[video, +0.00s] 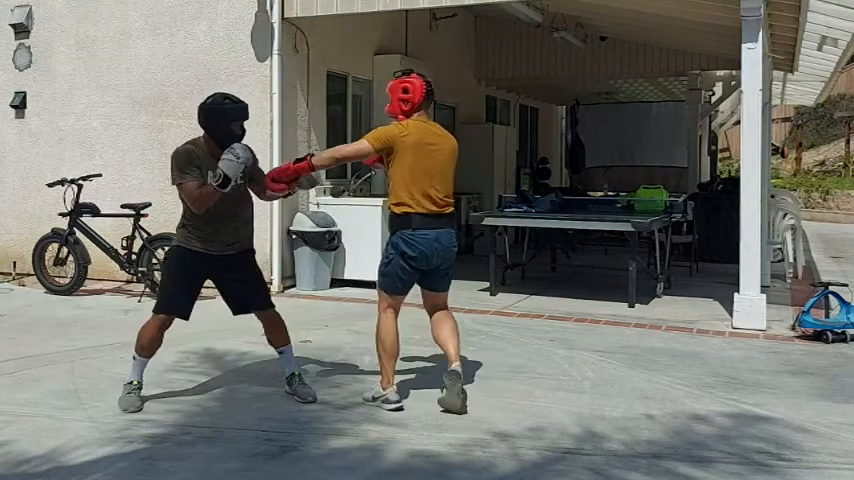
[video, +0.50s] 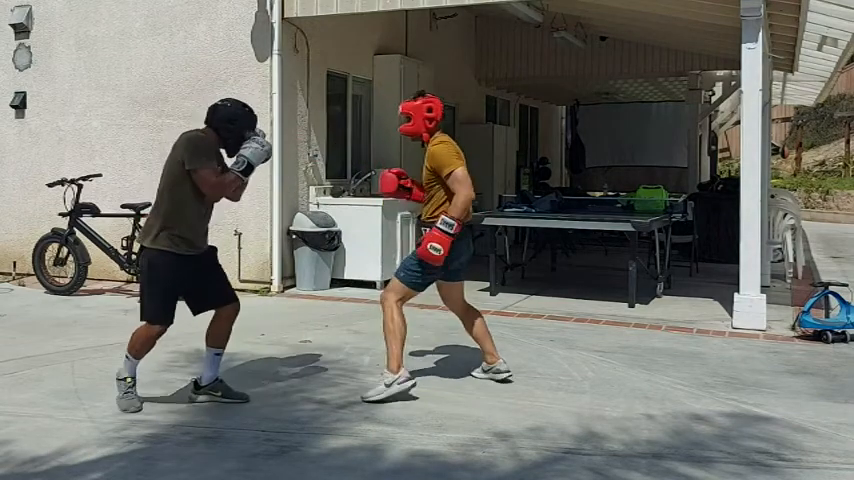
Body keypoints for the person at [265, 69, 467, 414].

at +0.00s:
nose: (388, 107)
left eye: (391, 101)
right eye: (389, 101)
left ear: (402, 102)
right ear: (427, 103)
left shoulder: (394, 133)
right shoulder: (449, 139)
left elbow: (341, 154)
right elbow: (423, 166)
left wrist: (301, 166)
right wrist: (386, 161)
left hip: (409, 236)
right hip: (445, 235)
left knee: (388, 308)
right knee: (438, 305)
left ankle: (388, 388)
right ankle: (455, 366)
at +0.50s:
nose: (405, 123)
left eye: (409, 118)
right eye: (405, 118)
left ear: (425, 119)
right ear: (427, 119)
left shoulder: (440, 147)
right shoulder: (438, 146)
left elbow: (465, 194)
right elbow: (445, 197)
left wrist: (443, 233)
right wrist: (412, 191)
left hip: (441, 236)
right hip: (457, 236)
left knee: (391, 297)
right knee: (456, 301)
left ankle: (396, 373)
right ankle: (494, 362)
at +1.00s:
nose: (371, 130)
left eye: (372, 124)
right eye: (369, 124)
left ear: (383, 123)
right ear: (386, 124)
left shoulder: (410, 145)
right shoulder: (391, 149)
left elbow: (379, 182)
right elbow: (358, 176)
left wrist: (367, 143)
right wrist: (344, 144)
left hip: (415, 243)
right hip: (424, 241)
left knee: (371, 305)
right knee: (426, 305)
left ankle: (366, 385)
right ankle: (478, 352)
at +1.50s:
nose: (368, 154)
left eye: (369, 148)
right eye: (366, 149)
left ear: (383, 147)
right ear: (387, 147)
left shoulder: (405, 169)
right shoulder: (392, 173)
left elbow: (383, 210)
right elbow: (365, 209)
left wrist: (367, 172)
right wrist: (349, 178)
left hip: (404, 265)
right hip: (413, 263)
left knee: (342, 310)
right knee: (409, 316)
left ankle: (365, 386)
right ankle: (463, 363)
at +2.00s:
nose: (333, 137)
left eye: (334, 132)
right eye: (332, 133)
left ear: (347, 131)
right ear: (353, 131)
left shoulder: (374, 150)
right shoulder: (354, 156)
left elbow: (351, 189)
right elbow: (324, 187)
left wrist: (333, 151)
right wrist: (310, 156)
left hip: (380, 249)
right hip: (387, 247)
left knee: (335, 308)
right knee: (400, 308)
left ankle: (325, 389)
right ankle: (452, 355)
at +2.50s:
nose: (337, 128)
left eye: (340, 121)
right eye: (336, 123)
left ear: (357, 118)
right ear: (364, 119)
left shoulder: (367, 138)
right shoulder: (373, 145)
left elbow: (349, 162)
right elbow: (338, 184)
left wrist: (315, 143)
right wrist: (314, 158)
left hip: (371, 240)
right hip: (392, 239)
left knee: (322, 306)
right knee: (397, 303)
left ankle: (319, 386)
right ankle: (433, 361)